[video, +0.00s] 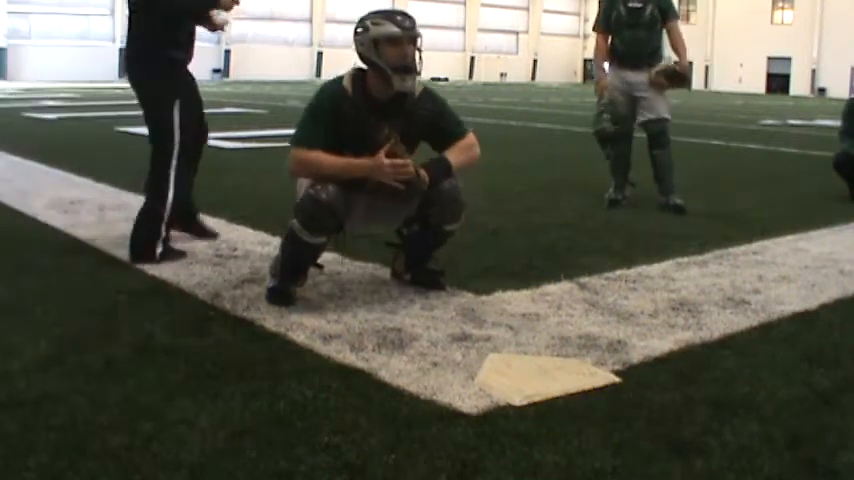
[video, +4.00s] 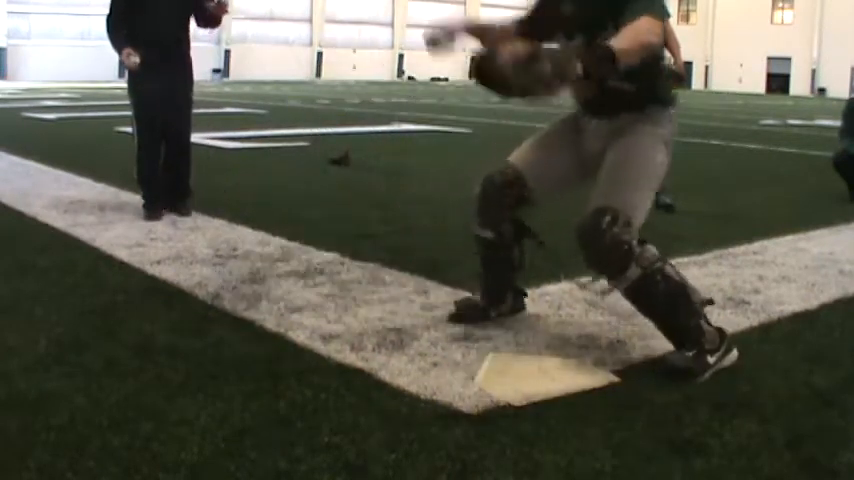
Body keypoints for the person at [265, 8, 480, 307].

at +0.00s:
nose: (408, 54)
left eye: (411, 45)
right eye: (395, 45)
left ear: (417, 47)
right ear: (369, 50)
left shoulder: (421, 100)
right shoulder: (334, 96)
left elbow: (470, 147)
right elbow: (299, 162)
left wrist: (426, 173)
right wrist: (369, 168)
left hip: (392, 198)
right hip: (339, 198)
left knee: (446, 193)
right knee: (322, 199)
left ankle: (411, 266)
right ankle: (286, 278)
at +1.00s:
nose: (401, 50)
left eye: (404, 41)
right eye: (390, 42)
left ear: (410, 43)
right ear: (364, 47)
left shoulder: (413, 96)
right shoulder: (325, 89)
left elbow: (467, 146)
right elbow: (278, 141)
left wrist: (433, 153)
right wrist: (347, 158)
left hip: (394, 170)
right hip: (332, 170)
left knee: (438, 182)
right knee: (298, 192)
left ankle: (431, 263)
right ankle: (255, 277)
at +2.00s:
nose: (400, 44)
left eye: (403, 35)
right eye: (388, 36)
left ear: (409, 37)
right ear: (362, 41)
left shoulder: (413, 92)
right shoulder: (325, 83)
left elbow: (456, 140)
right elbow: (280, 143)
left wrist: (456, 164)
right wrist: (348, 157)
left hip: (382, 166)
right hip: (322, 165)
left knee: (436, 181)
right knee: (305, 193)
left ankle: (430, 264)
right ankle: (254, 278)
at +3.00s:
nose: (358, 98)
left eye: (365, 90)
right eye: (348, 90)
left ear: (377, 75)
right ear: (327, 74)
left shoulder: (387, 89)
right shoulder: (289, 93)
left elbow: (402, 131)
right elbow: (247, 124)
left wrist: (389, 163)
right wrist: (291, 166)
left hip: (375, 192)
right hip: (318, 197)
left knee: (431, 281)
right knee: (290, 297)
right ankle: (251, 264)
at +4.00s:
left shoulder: (640, 3)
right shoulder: (561, 7)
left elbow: (649, 34)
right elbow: (520, 38)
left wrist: (599, 56)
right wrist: (471, 33)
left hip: (643, 124)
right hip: (588, 121)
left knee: (605, 236)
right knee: (498, 193)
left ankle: (703, 340)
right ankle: (500, 298)